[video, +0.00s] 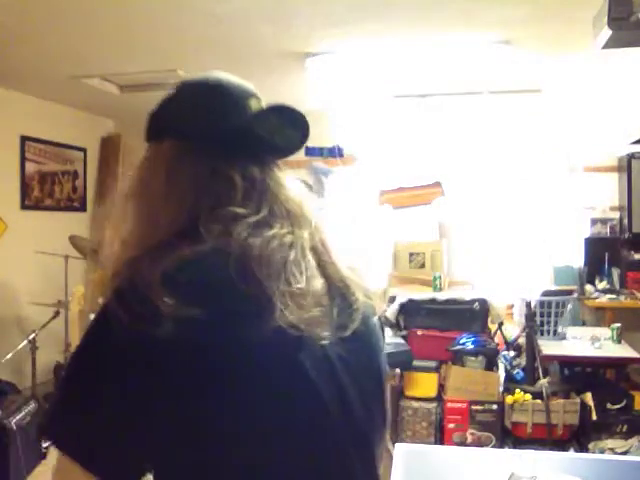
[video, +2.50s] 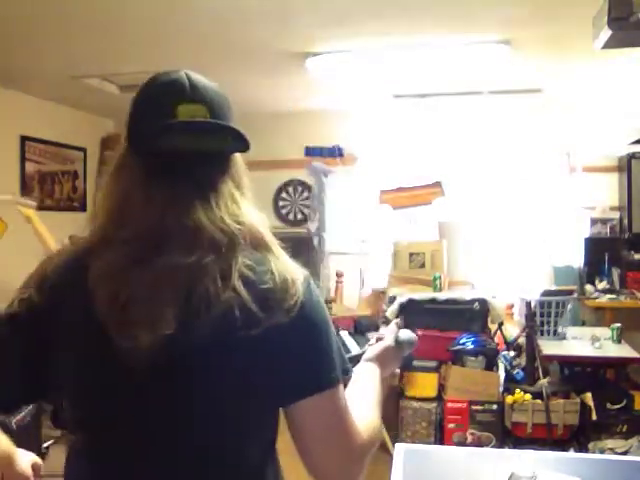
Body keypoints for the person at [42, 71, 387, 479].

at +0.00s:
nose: (137, 187)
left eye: (148, 166)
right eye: (146, 166)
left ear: (166, 180)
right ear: (268, 174)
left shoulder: (157, 300)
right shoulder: (350, 305)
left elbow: (76, 467)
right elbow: (377, 460)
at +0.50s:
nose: (188, 177)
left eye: (193, 164)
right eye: (190, 164)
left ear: (207, 169)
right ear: (286, 169)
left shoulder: (180, 266)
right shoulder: (342, 269)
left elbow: (57, 406)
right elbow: (360, 395)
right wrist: (320, 451)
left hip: (209, 467)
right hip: (318, 469)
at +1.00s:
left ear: (179, 190)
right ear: (248, 189)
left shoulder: (150, 275)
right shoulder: (295, 265)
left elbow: (78, 405)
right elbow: (339, 387)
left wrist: (55, 471)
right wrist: (295, 350)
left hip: (184, 470)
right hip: (283, 470)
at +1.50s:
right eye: (289, 181)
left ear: (217, 186)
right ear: (290, 186)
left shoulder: (176, 268)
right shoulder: (321, 270)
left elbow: (99, 386)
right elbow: (366, 397)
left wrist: (93, 455)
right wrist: (365, 339)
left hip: (199, 469)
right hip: (297, 470)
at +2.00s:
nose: (318, 177)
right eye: (313, 167)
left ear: (228, 169)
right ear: (309, 175)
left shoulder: (178, 264)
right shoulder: (345, 276)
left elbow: (67, 392)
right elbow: (393, 420)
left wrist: (76, 450)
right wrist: (396, 347)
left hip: (195, 469)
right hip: (307, 470)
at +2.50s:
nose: (244, 169)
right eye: (237, 158)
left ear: (130, 165)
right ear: (230, 169)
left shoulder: (64, 283)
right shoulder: (275, 289)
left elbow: (1, 402)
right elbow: (340, 465)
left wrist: (12, 460)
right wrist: (374, 371)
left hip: (97, 473)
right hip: (237, 475)